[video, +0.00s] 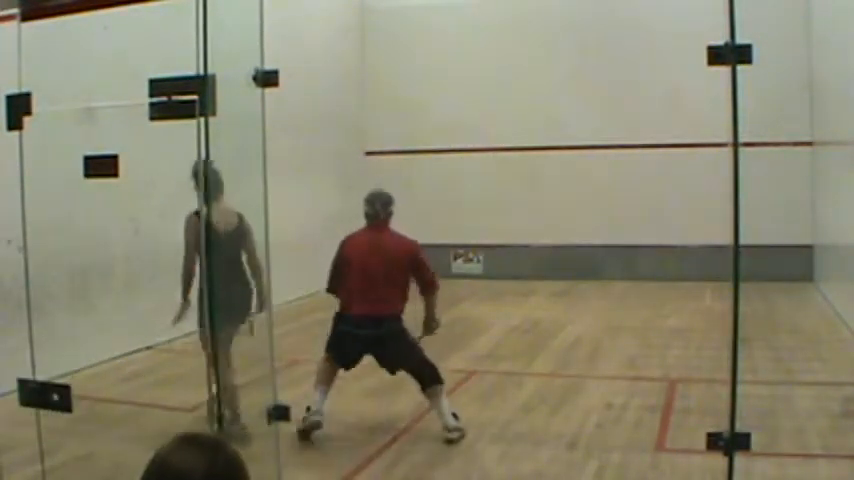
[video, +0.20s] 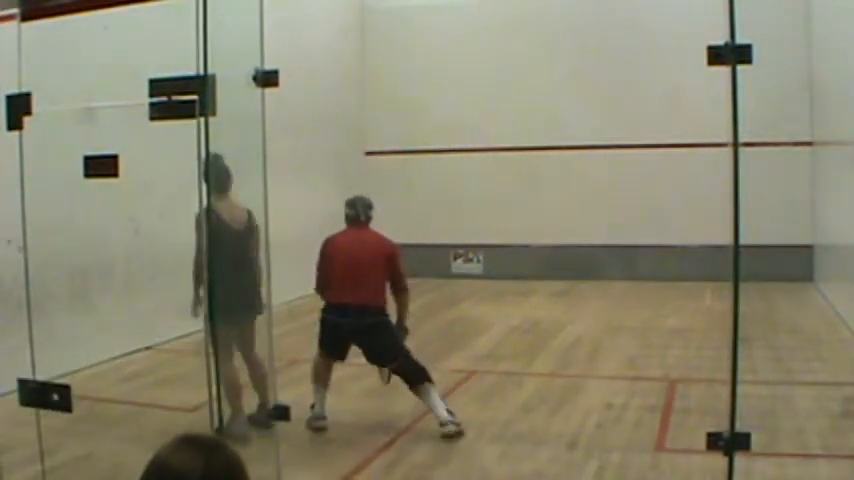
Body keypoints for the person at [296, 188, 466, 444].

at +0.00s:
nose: (372, 213)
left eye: (370, 208)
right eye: (383, 209)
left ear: (366, 212)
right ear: (391, 212)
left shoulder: (350, 243)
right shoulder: (407, 247)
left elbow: (334, 286)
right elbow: (428, 284)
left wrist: (358, 300)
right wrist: (430, 317)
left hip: (350, 327)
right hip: (389, 328)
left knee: (331, 360)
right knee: (425, 372)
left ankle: (315, 410)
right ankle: (449, 421)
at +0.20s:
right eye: (368, 215)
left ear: (346, 217)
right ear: (370, 216)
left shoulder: (331, 244)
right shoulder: (385, 245)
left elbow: (321, 287)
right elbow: (400, 289)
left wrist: (341, 302)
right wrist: (401, 323)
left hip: (336, 318)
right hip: (373, 319)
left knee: (325, 357)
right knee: (406, 366)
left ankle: (318, 411)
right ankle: (444, 416)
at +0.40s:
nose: (371, 201)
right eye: (373, 197)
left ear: (350, 199)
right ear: (373, 199)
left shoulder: (332, 225)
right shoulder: (385, 227)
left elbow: (319, 267)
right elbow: (400, 269)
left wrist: (340, 284)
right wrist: (403, 303)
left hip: (336, 302)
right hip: (372, 300)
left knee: (331, 351)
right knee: (405, 349)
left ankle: (320, 405)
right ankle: (412, 404)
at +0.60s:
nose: (387, 193)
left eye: (382, 187)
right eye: (393, 189)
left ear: (374, 188)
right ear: (397, 190)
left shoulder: (354, 213)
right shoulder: (406, 218)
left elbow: (335, 253)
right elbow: (416, 260)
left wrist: (343, 285)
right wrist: (422, 294)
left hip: (351, 294)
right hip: (385, 295)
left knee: (344, 341)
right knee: (403, 347)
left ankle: (325, 398)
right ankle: (388, 408)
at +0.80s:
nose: (411, 185)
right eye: (414, 181)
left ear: (391, 177)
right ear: (415, 181)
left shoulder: (368, 201)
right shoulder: (417, 208)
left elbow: (343, 235)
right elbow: (425, 254)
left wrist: (342, 269)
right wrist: (434, 289)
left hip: (361, 281)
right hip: (392, 284)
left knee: (373, 333)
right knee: (405, 344)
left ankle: (356, 393)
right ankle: (390, 405)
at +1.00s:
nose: (425, 189)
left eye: (426, 184)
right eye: (425, 183)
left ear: (404, 174)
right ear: (419, 178)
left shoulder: (375, 195)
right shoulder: (413, 198)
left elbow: (347, 217)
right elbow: (416, 245)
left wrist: (355, 245)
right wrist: (426, 282)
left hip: (371, 271)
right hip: (396, 275)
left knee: (391, 335)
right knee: (413, 337)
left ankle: (382, 397)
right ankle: (391, 400)